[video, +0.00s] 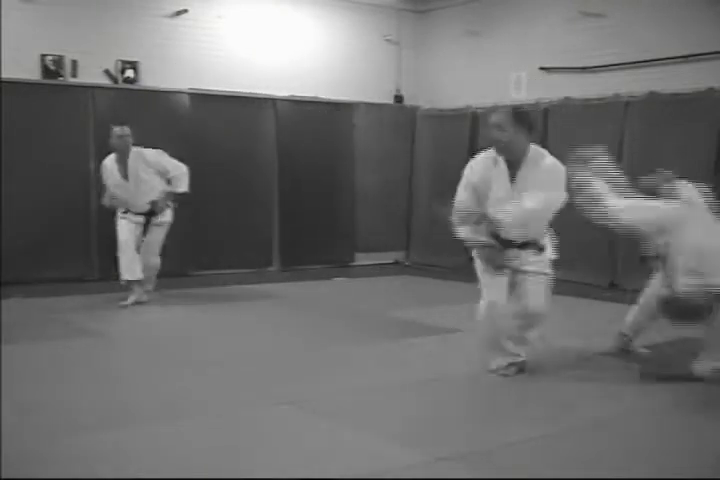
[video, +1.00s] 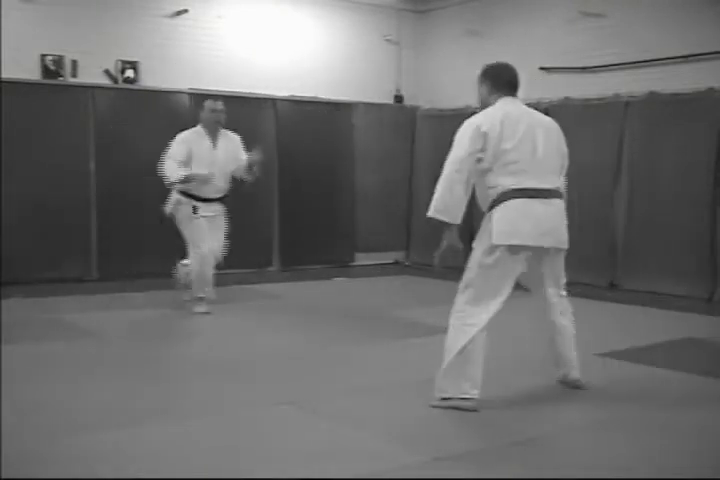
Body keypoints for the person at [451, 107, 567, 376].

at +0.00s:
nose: (493, 136)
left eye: (500, 129)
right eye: (490, 129)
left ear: (523, 131)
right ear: (487, 130)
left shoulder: (550, 169)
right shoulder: (479, 166)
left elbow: (539, 211)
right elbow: (464, 215)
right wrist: (485, 248)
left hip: (533, 250)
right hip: (492, 249)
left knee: (535, 308)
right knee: (494, 305)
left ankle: (515, 341)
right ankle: (504, 358)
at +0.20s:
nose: (483, 114)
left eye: (486, 108)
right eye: (483, 107)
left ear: (501, 106)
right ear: (512, 105)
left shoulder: (517, 138)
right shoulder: (516, 134)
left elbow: (468, 187)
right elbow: (504, 188)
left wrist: (468, 180)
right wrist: (476, 216)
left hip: (555, 231)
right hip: (530, 231)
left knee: (521, 297)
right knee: (498, 293)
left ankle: (567, 366)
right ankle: (523, 358)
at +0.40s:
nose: (500, 127)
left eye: (501, 121)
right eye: (500, 121)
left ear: (509, 123)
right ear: (537, 124)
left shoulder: (504, 154)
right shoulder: (564, 153)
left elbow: (492, 219)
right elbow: (577, 200)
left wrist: (494, 237)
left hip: (557, 242)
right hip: (595, 238)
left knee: (523, 322)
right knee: (575, 311)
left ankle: (544, 402)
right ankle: (616, 369)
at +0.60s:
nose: (499, 129)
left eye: (500, 122)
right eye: (499, 123)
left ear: (508, 122)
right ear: (537, 121)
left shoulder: (504, 152)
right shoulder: (571, 146)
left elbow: (491, 210)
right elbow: (608, 193)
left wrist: (480, 267)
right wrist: (631, 243)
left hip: (553, 239)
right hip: (600, 234)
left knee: (517, 315)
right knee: (597, 313)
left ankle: (538, 396)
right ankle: (623, 386)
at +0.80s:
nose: (483, 104)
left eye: (485, 98)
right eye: (485, 98)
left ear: (493, 98)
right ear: (521, 98)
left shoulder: (485, 133)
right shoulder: (556, 129)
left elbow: (468, 187)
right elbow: (589, 181)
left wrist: (457, 242)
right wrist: (603, 233)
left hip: (524, 226)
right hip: (572, 222)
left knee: (482, 305)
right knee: (581, 306)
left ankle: (464, 391)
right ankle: (618, 380)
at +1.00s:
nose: (477, 95)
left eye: (478, 89)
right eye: (478, 89)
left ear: (487, 88)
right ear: (516, 89)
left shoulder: (480, 123)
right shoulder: (549, 124)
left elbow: (456, 176)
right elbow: (560, 175)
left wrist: (449, 230)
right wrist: (548, 212)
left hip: (508, 218)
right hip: (552, 217)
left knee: (472, 305)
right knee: (556, 296)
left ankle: (461, 392)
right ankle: (572, 371)